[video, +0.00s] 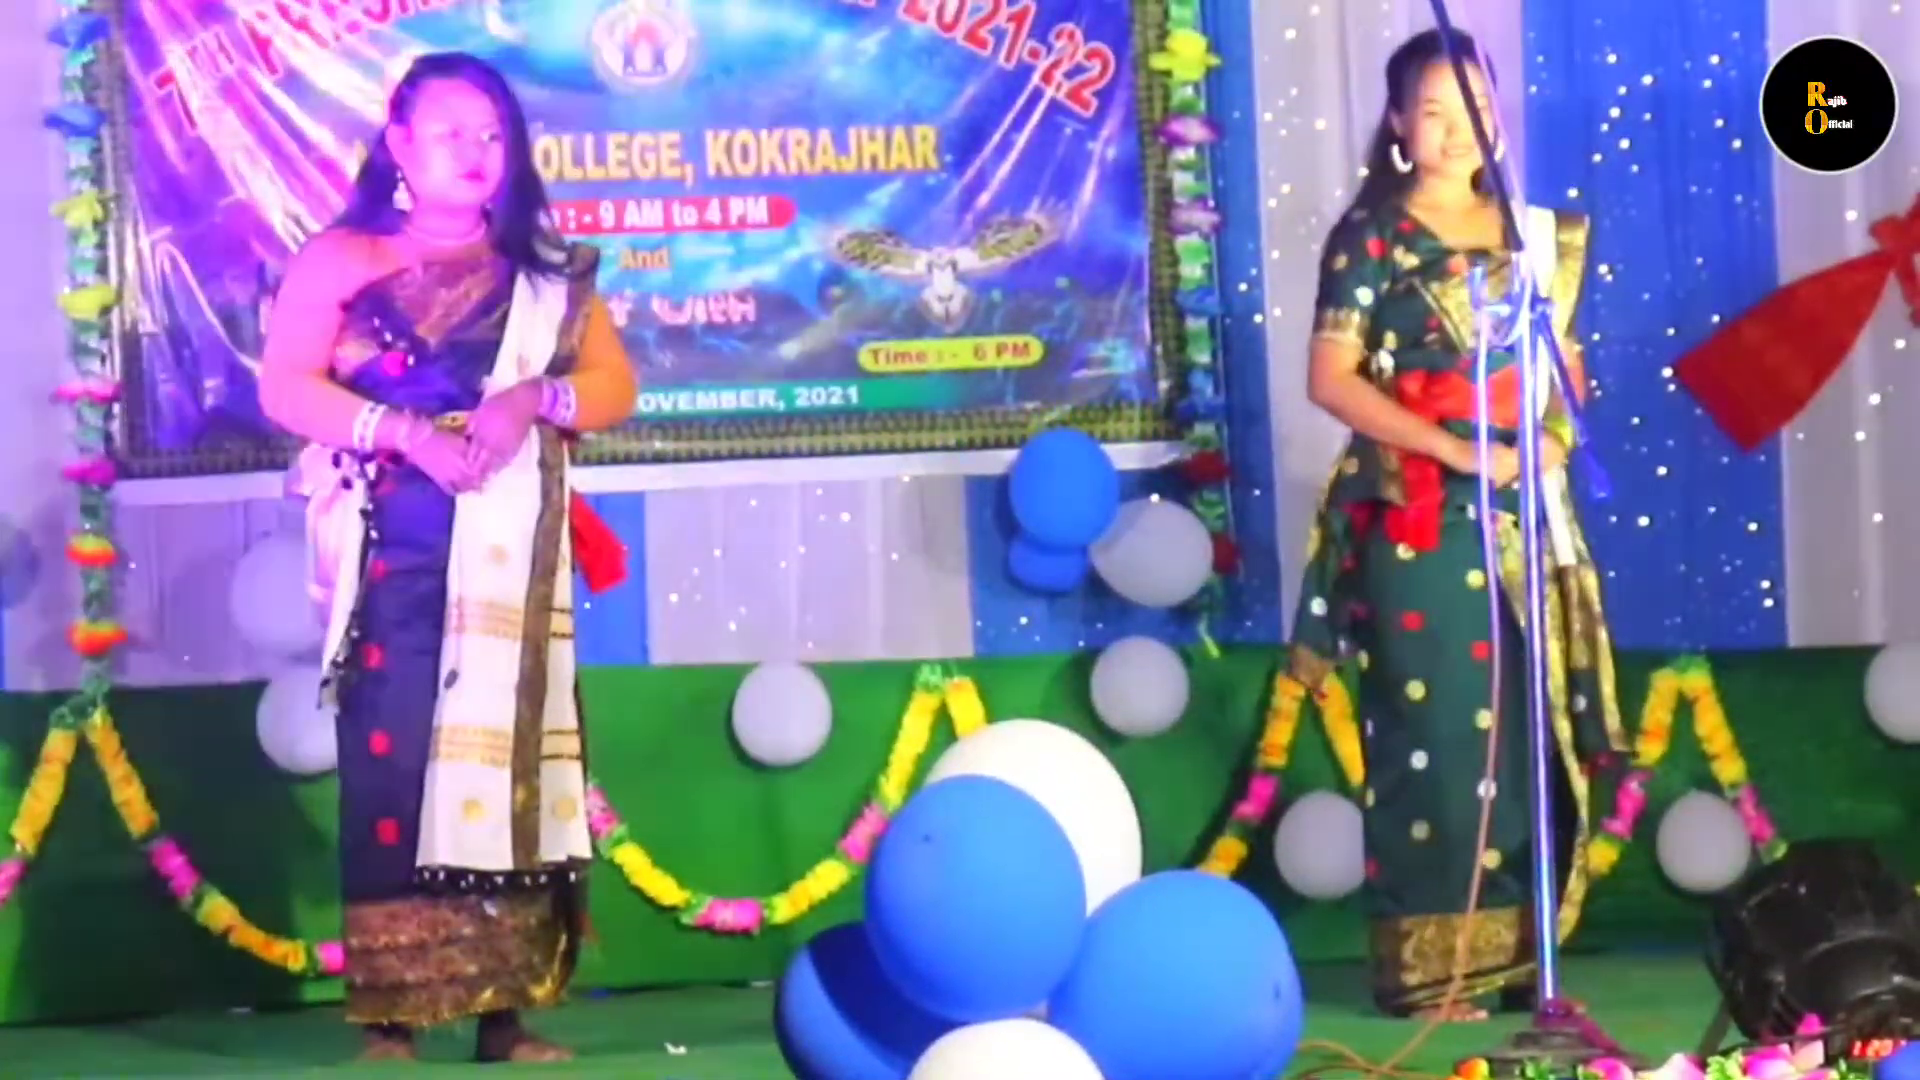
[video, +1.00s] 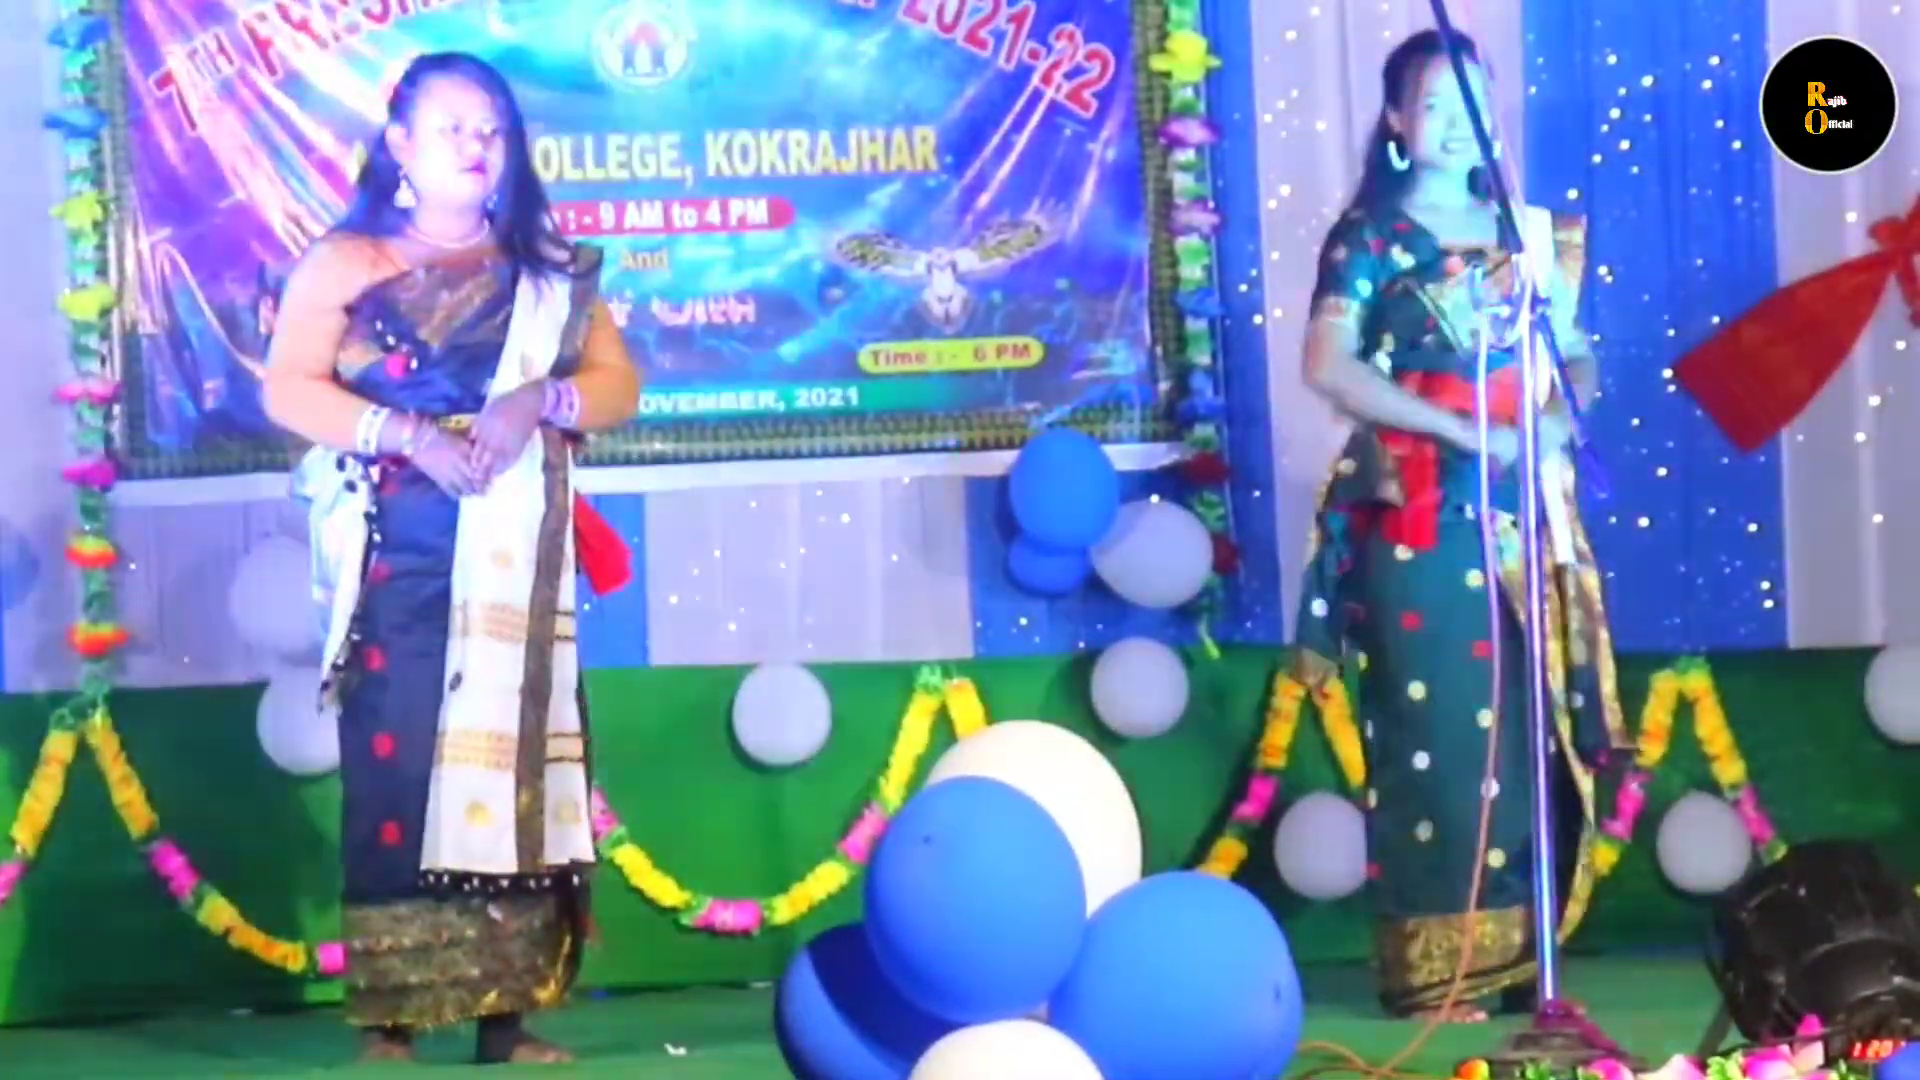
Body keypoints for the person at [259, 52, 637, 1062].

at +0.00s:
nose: (471, 152)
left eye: (488, 135)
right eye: (447, 132)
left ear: (512, 152)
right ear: (398, 147)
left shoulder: (547, 271)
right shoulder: (341, 260)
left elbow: (616, 387)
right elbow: (283, 387)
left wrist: (534, 398)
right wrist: (403, 430)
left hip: (514, 562)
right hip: (396, 559)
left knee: (514, 765)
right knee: (393, 771)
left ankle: (506, 1013)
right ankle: (386, 1012)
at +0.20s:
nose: (472, 153)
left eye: (490, 136)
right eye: (448, 133)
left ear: (513, 153)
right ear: (400, 147)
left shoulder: (549, 272)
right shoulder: (341, 262)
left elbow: (617, 389)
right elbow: (283, 389)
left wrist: (534, 400)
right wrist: (404, 433)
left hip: (515, 564)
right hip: (396, 561)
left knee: (515, 766)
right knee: (393, 772)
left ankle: (507, 1014)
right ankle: (386, 1013)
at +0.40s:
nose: (485, 144)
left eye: (500, 129)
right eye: (461, 126)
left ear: (518, 148)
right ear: (408, 143)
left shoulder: (549, 272)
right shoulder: (342, 265)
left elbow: (618, 390)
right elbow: (287, 395)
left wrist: (534, 401)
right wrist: (405, 433)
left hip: (517, 561)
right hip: (398, 558)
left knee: (517, 763)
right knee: (395, 769)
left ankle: (510, 1016)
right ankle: (390, 1016)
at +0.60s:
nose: (477, 144)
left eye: (493, 129)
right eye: (452, 126)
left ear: (511, 148)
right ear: (401, 144)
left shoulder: (545, 271)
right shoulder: (343, 267)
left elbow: (621, 390)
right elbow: (289, 394)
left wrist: (534, 403)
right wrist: (408, 435)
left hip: (516, 560)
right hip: (397, 557)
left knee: (515, 762)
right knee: (394, 768)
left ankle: (509, 1015)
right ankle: (387, 1015)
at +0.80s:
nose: (479, 151)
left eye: (493, 133)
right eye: (454, 132)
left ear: (511, 148)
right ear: (399, 147)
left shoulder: (552, 269)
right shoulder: (342, 267)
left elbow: (618, 389)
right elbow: (287, 393)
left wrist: (538, 401)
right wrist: (409, 434)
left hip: (520, 562)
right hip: (403, 560)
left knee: (519, 765)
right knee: (397, 770)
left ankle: (508, 1016)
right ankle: (389, 1016)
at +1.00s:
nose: (477, 152)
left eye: (492, 135)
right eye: (453, 133)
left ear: (511, 150)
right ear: (402, 147)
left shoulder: (549, 269)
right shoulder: (345, 264)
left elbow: (622, 386)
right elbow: (287, 389)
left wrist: (538, 399)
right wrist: (409, 433)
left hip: (520, 561)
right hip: (403, 559)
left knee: (518, 765)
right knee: (395, 771)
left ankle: (508, 1016)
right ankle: (386, 1017)